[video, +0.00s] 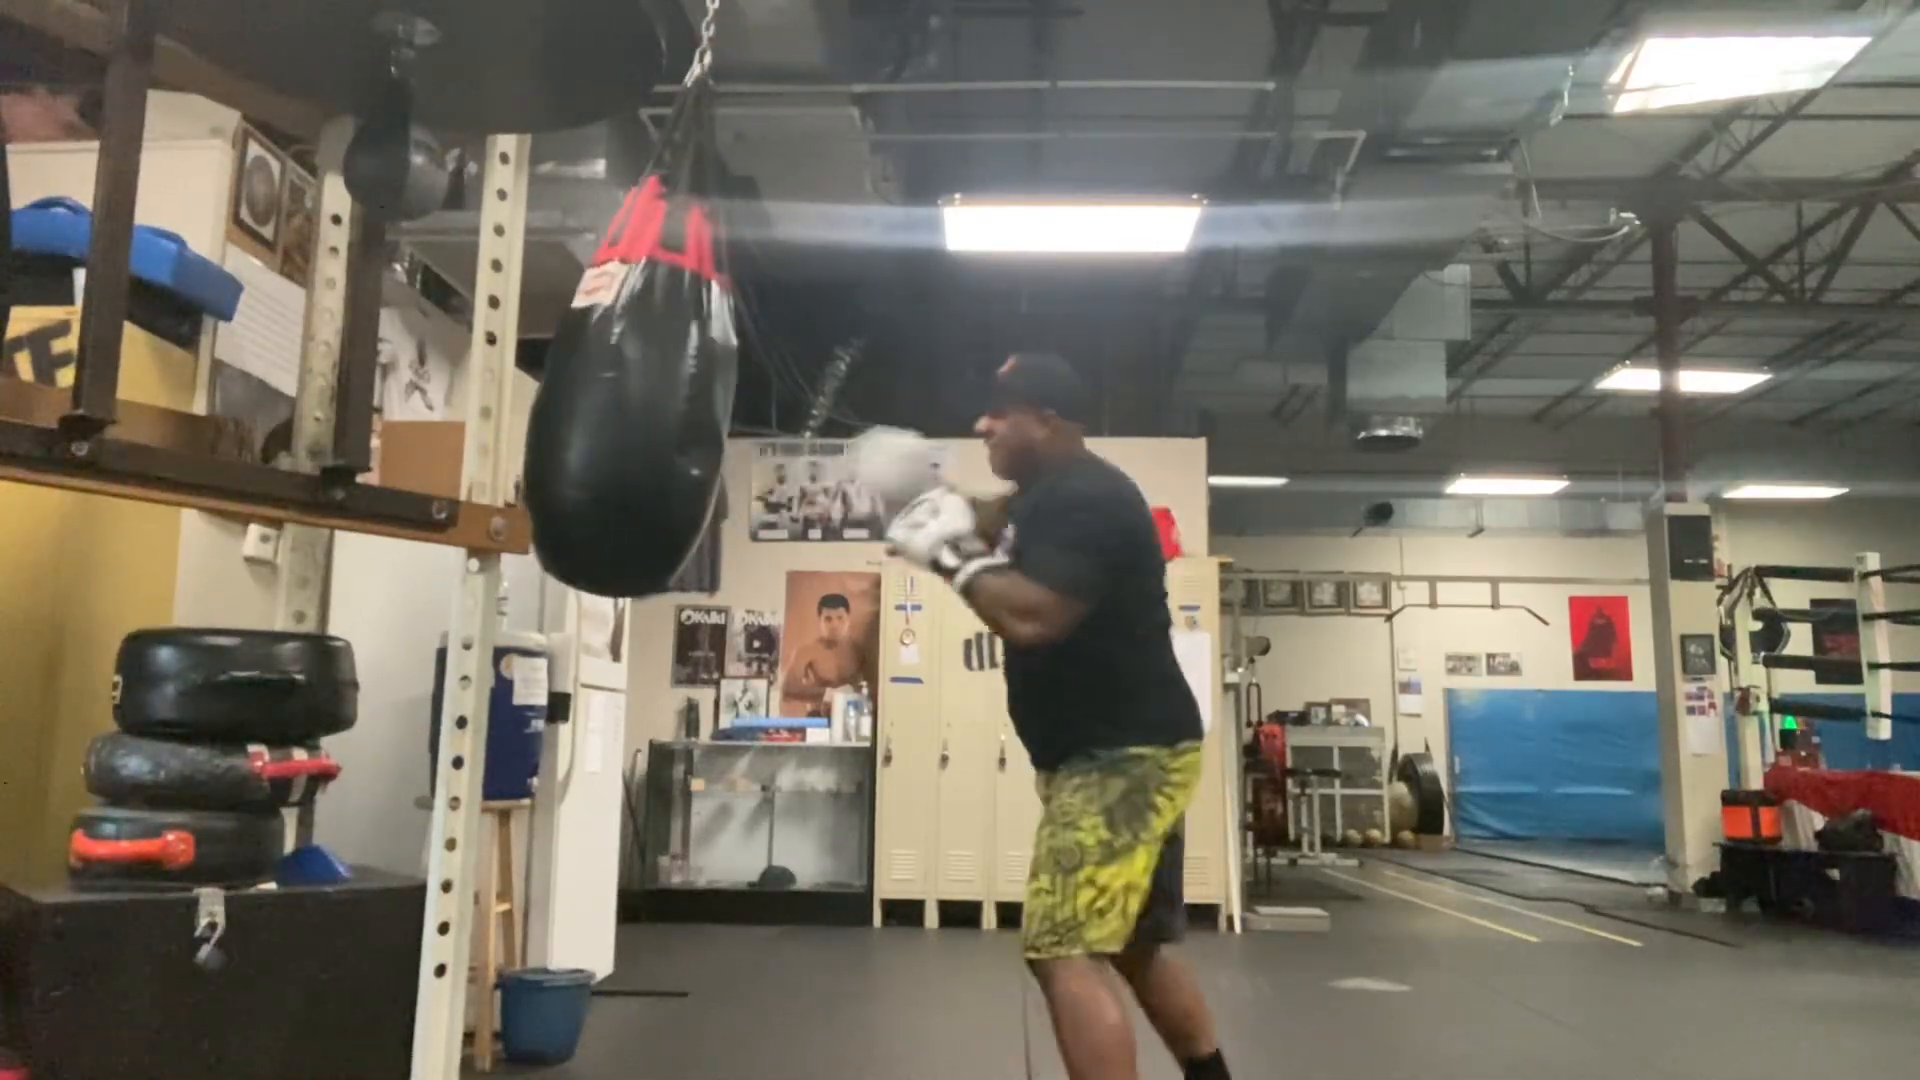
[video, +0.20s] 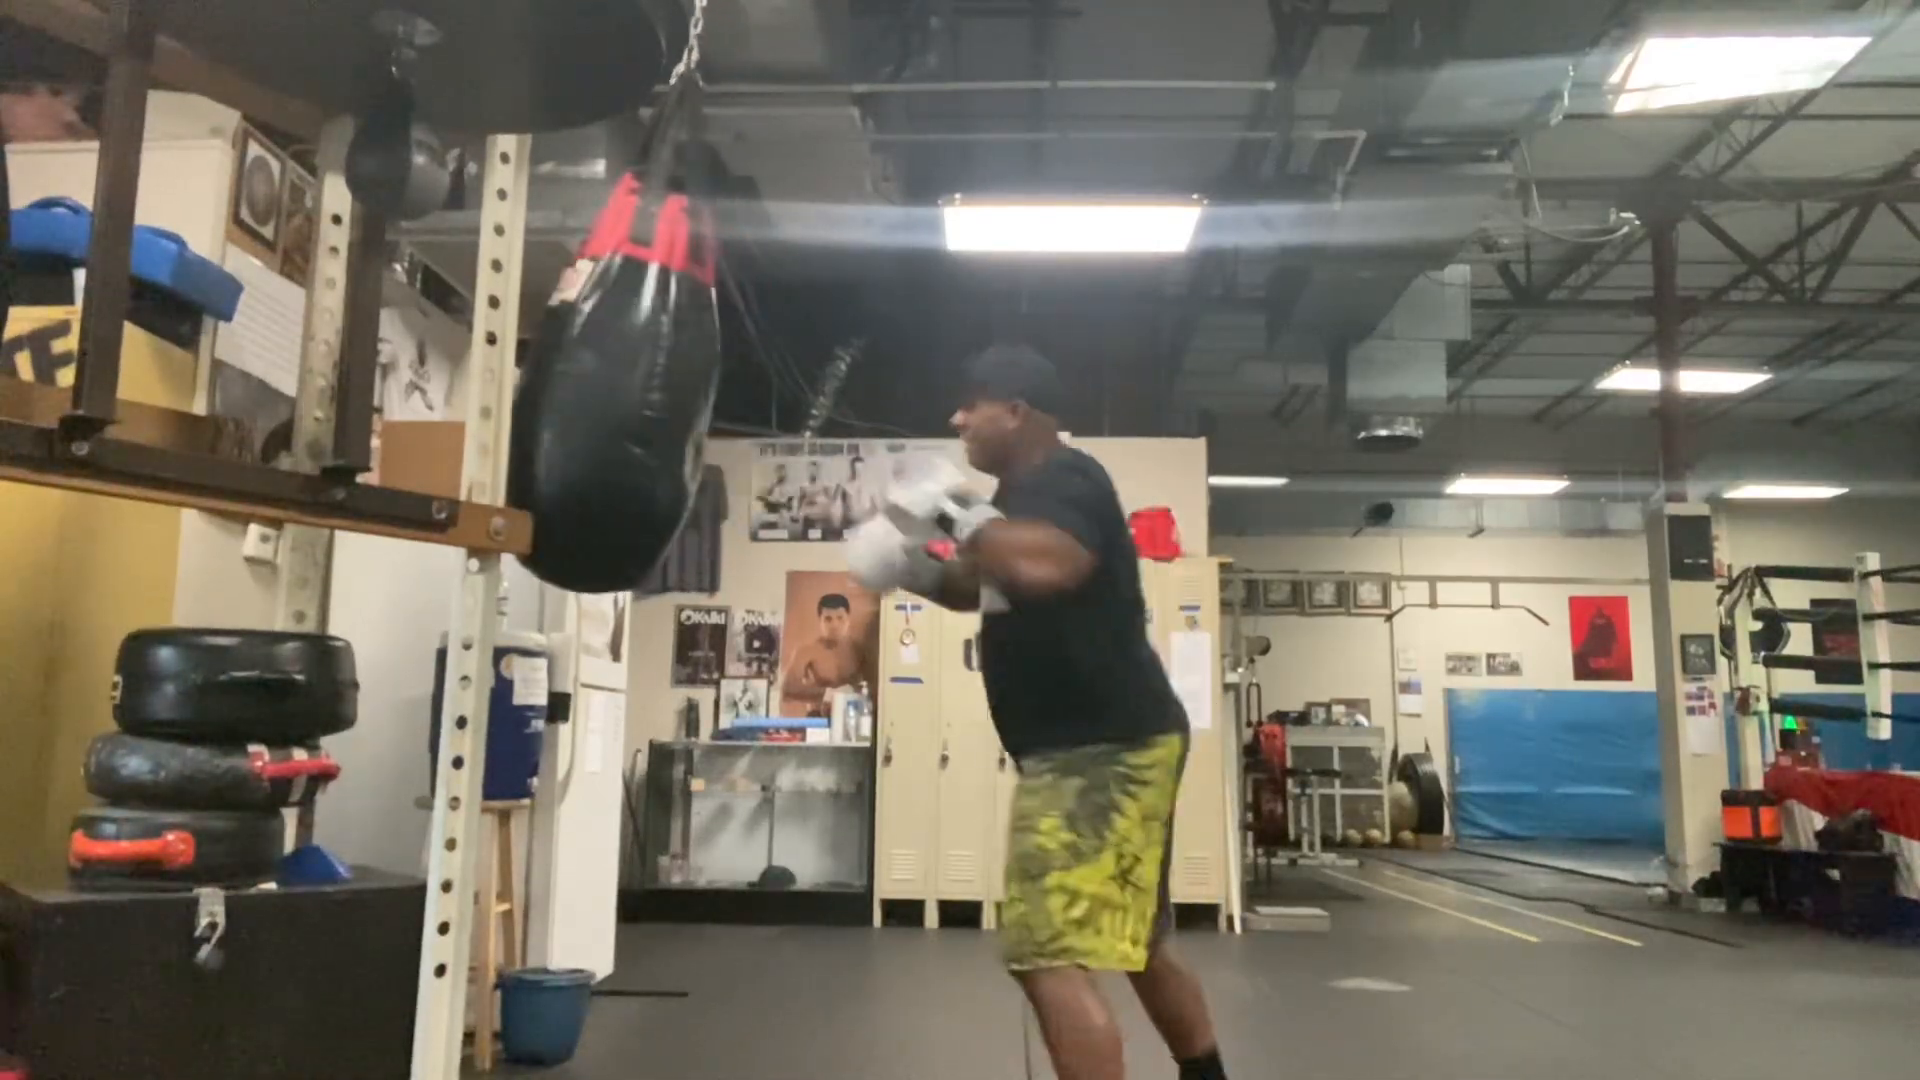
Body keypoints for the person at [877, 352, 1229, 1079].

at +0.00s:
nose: (985, 427)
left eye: (999, 413)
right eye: (990, 412)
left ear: (1047, 423)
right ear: (1048, 425)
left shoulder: (1089, 498)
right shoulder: (1052, 495)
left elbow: (1034, 619)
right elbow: (983, 522)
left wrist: (954, 556)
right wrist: (917, 492)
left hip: (1121, 754)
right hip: (1103, 753)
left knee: (1061, 947)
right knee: (1136, 946)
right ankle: (1211, 1073)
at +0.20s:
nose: (959, 420)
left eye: (972, 406)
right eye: (962, 406)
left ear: (1021, 413)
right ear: (1015, 416)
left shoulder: (1065, 479)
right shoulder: (1018, 496)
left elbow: (1051, 564)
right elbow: (969, 588)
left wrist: (963, 519)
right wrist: (914, 568)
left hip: (1093, 748)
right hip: (1114, 744)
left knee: (1046, 953)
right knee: (1142, 946)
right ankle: (1206, 1074)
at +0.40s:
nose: (944, 441)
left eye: (950, 427)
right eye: (945, 427)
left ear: (984, 426)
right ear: (1031, 431)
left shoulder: (974, 490)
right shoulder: (1096, 502)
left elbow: (835, 541)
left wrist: (767, 505)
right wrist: (908, 498)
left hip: (1053, 759)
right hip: (1132, 750)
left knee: (983, 973)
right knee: (1116, 940)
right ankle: (1182, 1075)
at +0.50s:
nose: (923, 419)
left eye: (936, 404)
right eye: (927, 404)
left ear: (981, 413)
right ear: (989, 415)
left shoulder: (1011, 487)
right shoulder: (1035, 479)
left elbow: (983, 608)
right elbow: (978, 542)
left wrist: (905, 570)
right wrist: (915, 503)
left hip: (1051, 744)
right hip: (1098, 737)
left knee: (962, 936)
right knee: (1104, 930)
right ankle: (1181, 1072)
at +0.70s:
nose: (912, 413)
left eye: (926, 399)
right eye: (917, 399)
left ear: (970, 409)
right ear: (976, 411)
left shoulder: (1005, 484)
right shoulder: (1002, 477)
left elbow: (951, 576)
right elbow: (956, 565)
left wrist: (872, 531)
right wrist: (891, 522)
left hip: (1024, 746)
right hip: (1076, 740)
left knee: (946, 948)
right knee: (1088, 940)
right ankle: (1166, 1072)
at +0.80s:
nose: (907, 439)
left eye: (915, 425)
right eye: (910, 425)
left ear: (951, 425)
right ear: (989, 429)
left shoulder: (927, 481)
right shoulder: (1058, 499)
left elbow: (784, 497)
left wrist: (692, 470)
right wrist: (911, 582)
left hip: (1006, 748)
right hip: (1093, 742)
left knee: (920, 959)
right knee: (1071, 936)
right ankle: (1139, 1073)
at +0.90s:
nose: (893, 423)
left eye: (903, 407)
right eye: (895, 408)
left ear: (945, 410)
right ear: (971, 413)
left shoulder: (943, 487)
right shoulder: (1034, 481)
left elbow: (837, 572)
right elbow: (920, 536)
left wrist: (792, 530)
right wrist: (836, 521)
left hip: (1002, 743)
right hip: (1075, 733)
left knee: (917, 948)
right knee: (1066, 932)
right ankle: (1142, 1074)